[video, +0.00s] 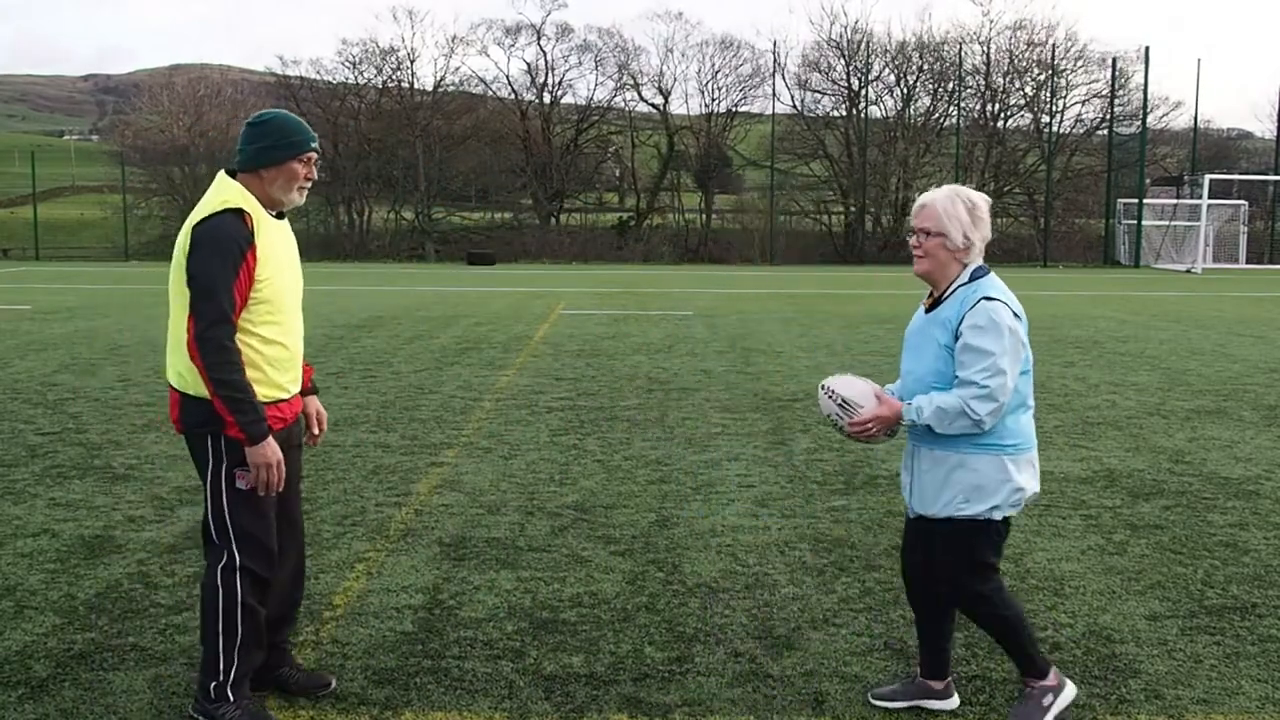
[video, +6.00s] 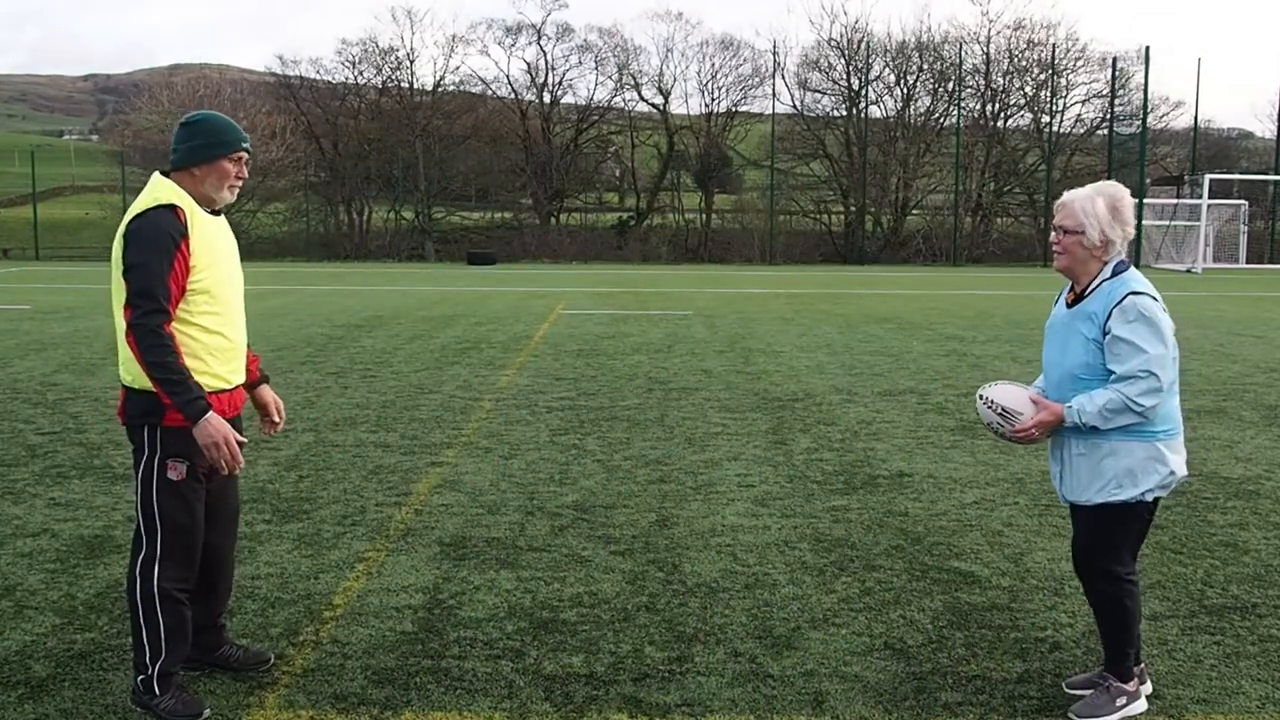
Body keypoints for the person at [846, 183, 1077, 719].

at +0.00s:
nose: (913, 243)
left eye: (926, 234)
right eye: (912, 233)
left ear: (962, 242)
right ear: (916, 236)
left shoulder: (989, 310)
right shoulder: (937, 303)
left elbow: (981, 405)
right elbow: (927, 380)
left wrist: (904, 411)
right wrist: (884, 400)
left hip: (981, 474)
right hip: (935, 470)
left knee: (970, 580)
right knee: (922, 573)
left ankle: (1044, 681)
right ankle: (934, 681)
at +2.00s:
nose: (846, 251)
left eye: (855, 241)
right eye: (846, 240)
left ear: (892, 246)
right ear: (881, 247)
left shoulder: (929, 310)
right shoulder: (887, 306)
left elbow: (924, 407)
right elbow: (872, 386)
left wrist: (853, 424)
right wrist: (828, 415)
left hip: (939, 471)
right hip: (910, 465)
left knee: (885, 566)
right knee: (929, 575)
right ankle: (958, 685)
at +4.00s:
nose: (873, 245)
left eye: (883, 235)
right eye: (874, 233)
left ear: (918, 243)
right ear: (915, 243)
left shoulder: (950, 309)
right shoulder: (909, 302)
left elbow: (956, 402)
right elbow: (895, 381)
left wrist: (880, 418)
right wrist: (850, 407)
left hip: (952, 471)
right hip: (926, 465)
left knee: (906, 566)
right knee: (947, 567)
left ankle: (896, 695)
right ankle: (984, 672)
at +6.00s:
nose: (1055, 240)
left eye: (1066, 232)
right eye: (1054, 230)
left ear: (1102, 239)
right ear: (1058, 233)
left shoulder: (1132, 304)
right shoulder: (1071, 298)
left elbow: (1143, 392)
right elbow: (1063, 375)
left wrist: (1066, 413)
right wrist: (1029, 404)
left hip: (1128, 463)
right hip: (1091, 459)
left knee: (1107, 565)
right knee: (1094, 562)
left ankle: (1128, 681)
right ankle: (1119, 666)